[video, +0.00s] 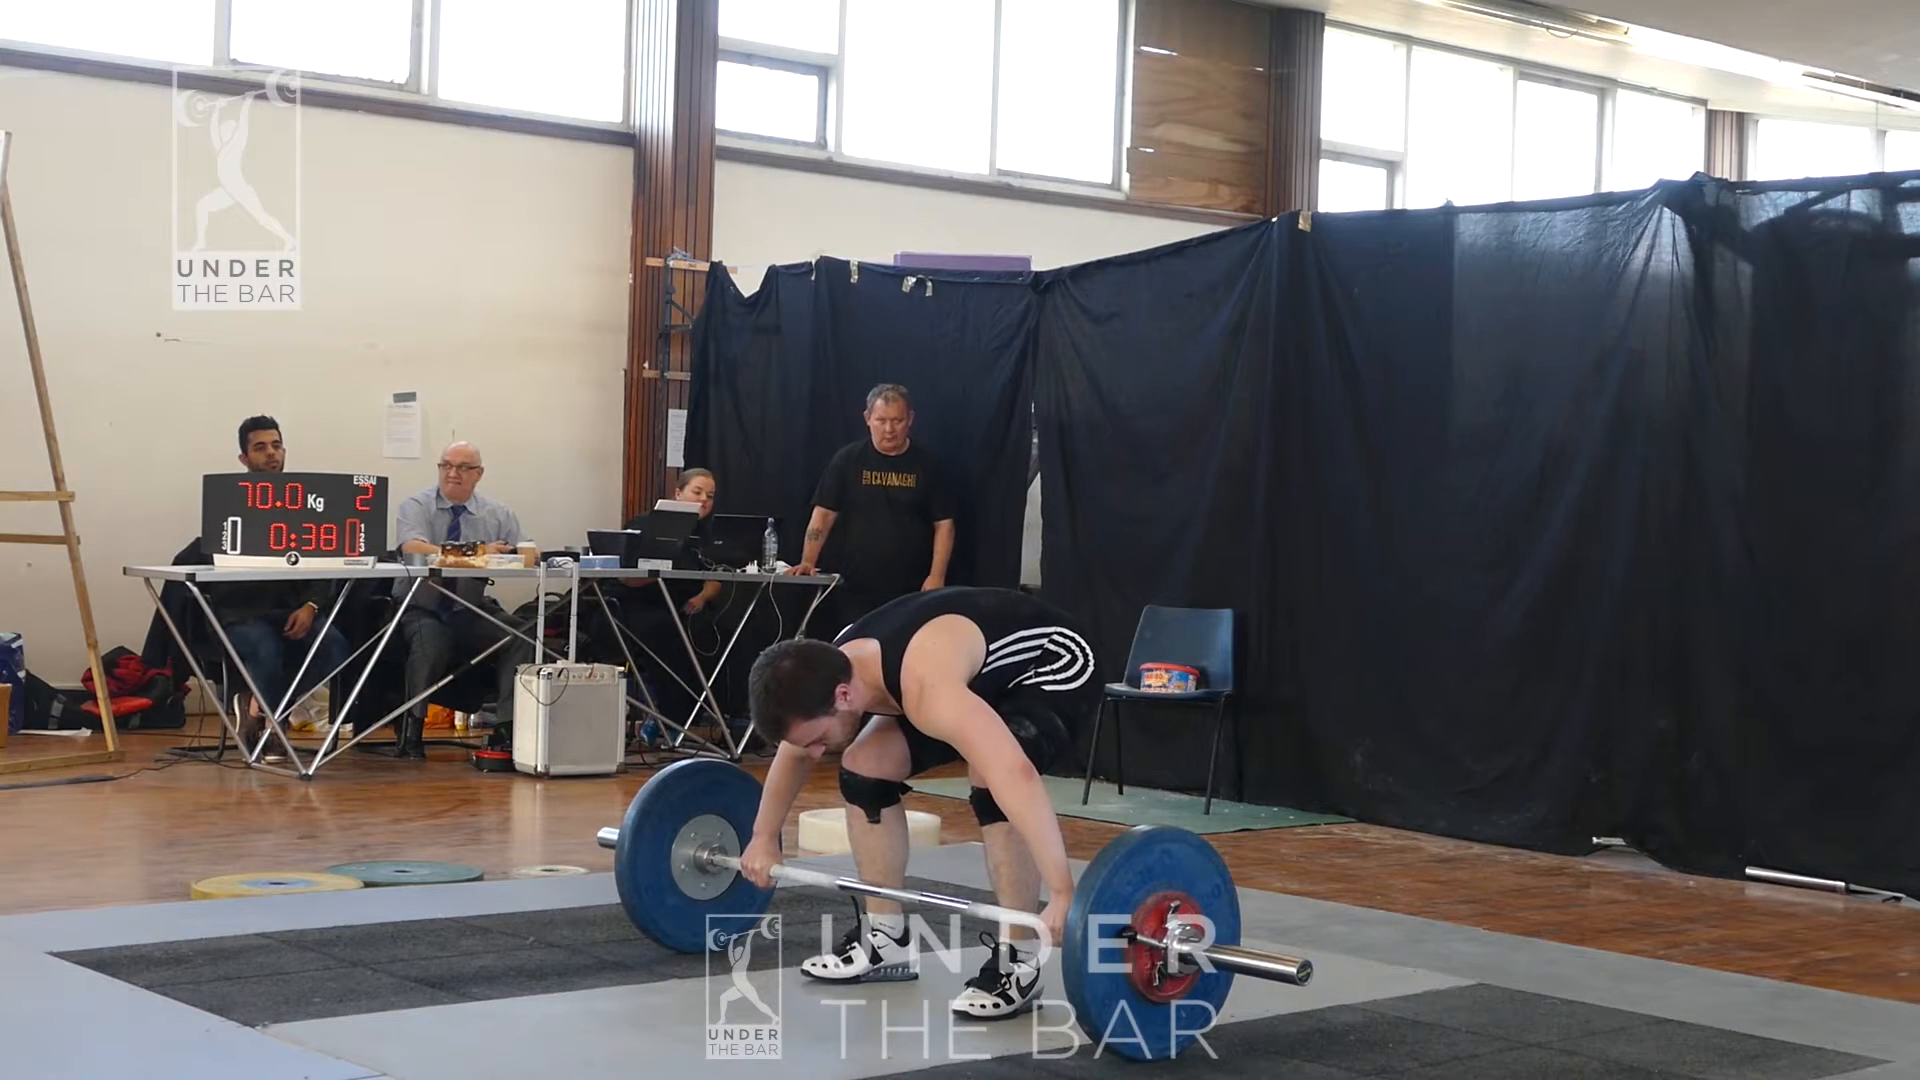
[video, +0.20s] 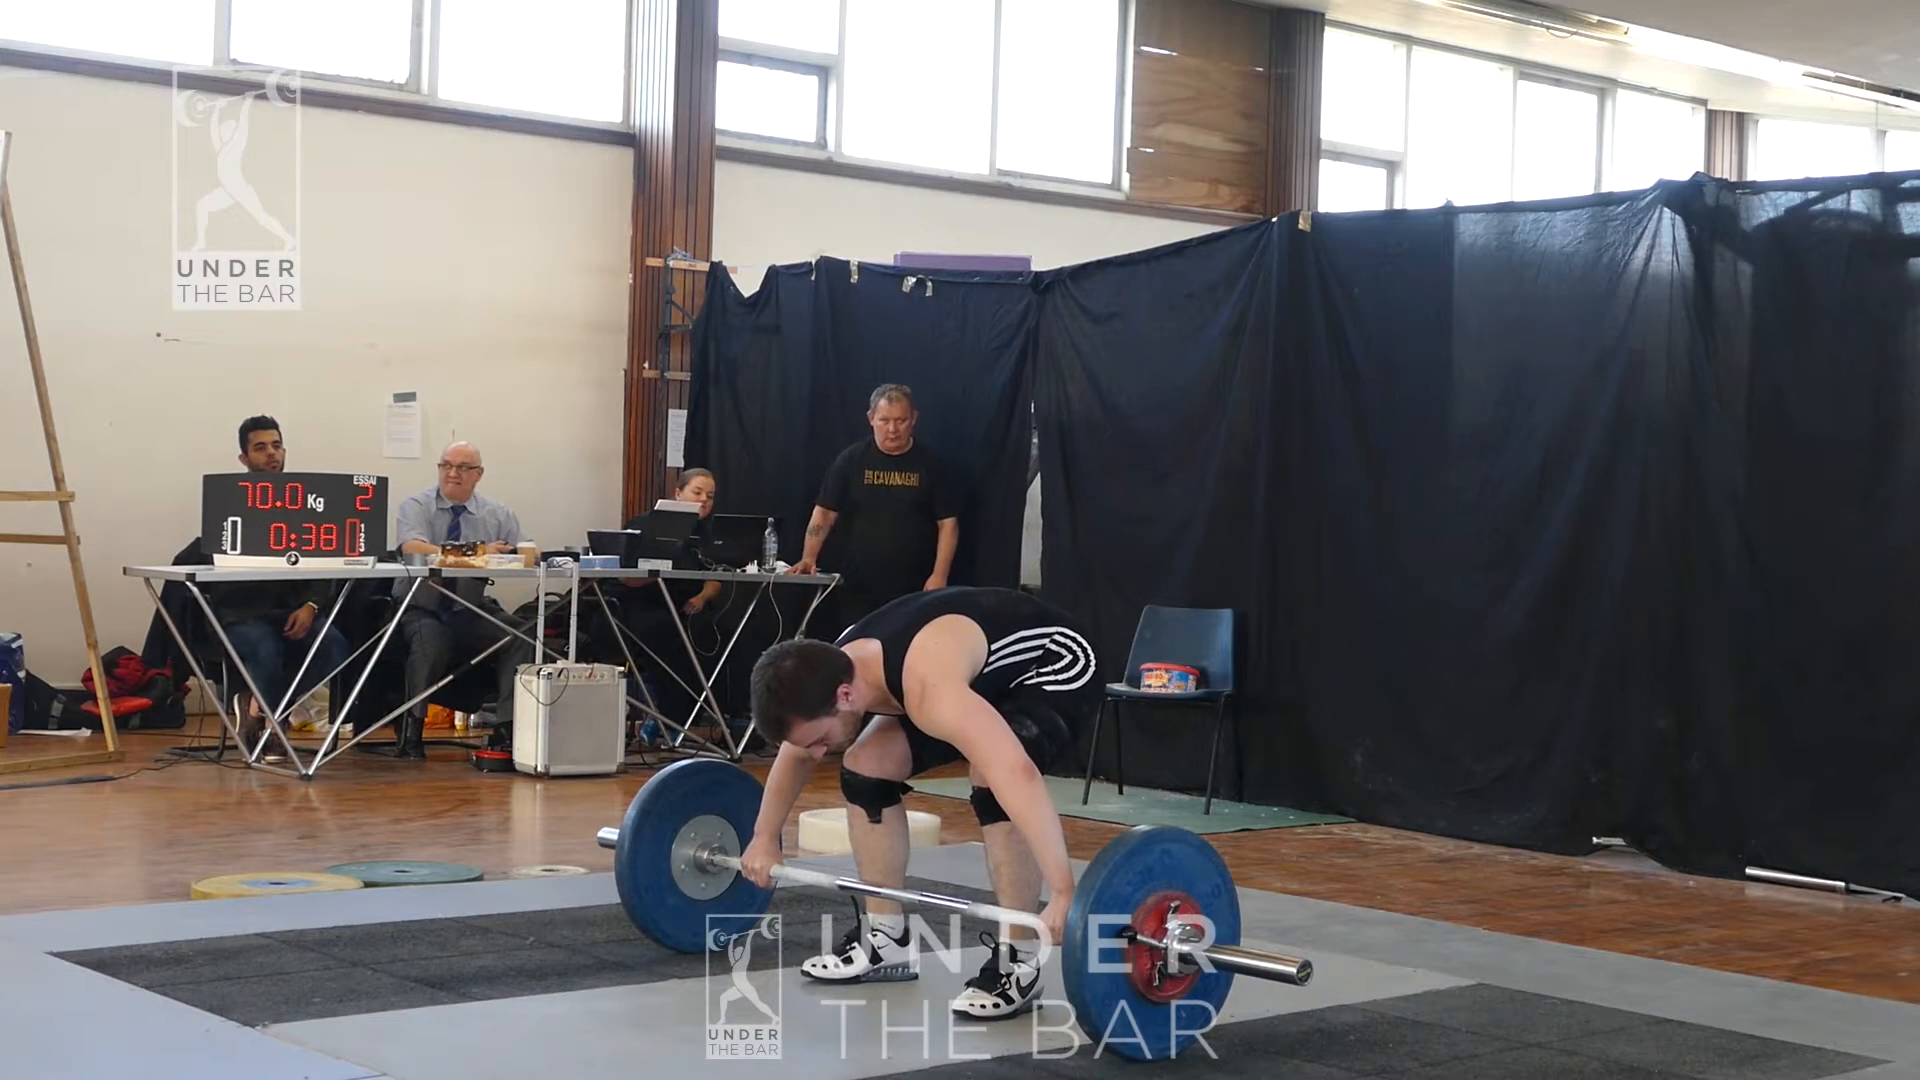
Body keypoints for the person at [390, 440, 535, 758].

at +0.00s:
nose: (453, 474)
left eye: (463, 468)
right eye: (446, 466)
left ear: (479, 474)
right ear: (438, 469)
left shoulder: (499, 514)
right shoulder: (416, 505)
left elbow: (530, 555)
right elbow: (411, 546)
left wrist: (501, 552)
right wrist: (464, 554)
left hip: (475, 608)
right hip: (423, 607)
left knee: (519, 638)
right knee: (430, 643)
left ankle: (507, 731)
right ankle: (412, 734)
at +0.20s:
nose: (453, 474)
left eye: (463, 468)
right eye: (447, 466)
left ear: (479, 474)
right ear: (438, 469)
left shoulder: (499, 514)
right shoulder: (416, 506)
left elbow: (530, 555)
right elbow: (411, 547)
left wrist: (503, 552)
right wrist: (463, 554)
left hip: (475, 608)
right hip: (423, 608)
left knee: (519, 638)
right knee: (430, 643)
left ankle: (507, 730)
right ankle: (412, 733)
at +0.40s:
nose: (453, 474)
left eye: (463, 468)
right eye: (447, 466)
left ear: (479, 474)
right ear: (438, 470)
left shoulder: (499, 514)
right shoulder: (416, 506)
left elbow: (530, 555)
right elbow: (411, 547)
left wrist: (503, 552)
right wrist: (463, 554)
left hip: (475, 608)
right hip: (423, 608)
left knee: (519, 638)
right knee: (430, 643)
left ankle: (507, 730)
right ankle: (412, 733)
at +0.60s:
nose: (453, 473)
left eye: (463, 468)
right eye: (447, 466)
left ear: (479, 474)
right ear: (438, 469)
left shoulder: (499, 514)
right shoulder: (416, 505)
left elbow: (530, 556)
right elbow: (411, 547)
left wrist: (503, 553)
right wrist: (466, 554)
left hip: (475, 609)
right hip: (423, 608)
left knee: (519, 637)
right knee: (430, 641)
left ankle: (507, 731)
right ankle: (412, 732)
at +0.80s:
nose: (454, 474)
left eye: (465, 468)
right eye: (447, 467)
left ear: (480, 475)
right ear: (438, 470)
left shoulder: (500, 515)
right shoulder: (417, 505)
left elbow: (530, 555)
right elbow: (411, 548)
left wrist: (500, 552)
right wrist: (466, 554)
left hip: (474, 609)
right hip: (423, 608)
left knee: (520, 637)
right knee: (431, 644)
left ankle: (508, 730)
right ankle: (412, 734)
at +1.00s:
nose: (457, 474)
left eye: (467, 468)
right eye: (449, 467)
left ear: (480, 474)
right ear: (438, 471)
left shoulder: (500, 515)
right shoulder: (416, 505)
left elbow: (531, 556)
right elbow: (411, 548)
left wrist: (502, 552)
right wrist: (467, 554)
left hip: (474, 609)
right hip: (423, 608)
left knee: (520, 637)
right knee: (431, 644)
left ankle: (508, 730)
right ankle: (412, 733)